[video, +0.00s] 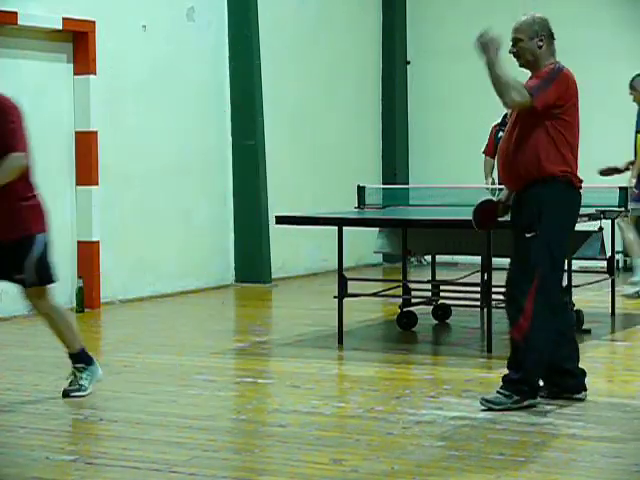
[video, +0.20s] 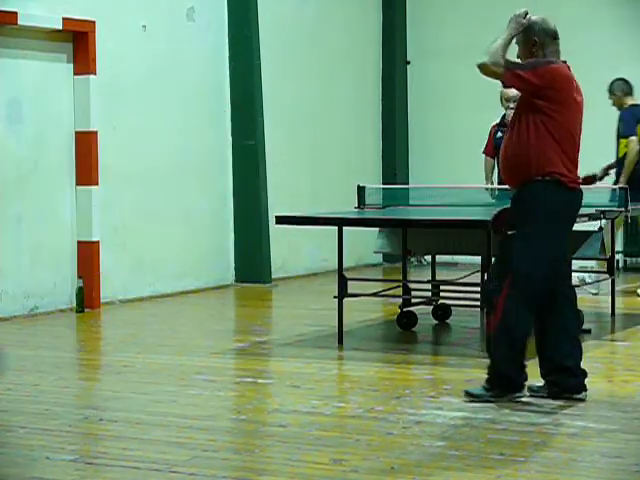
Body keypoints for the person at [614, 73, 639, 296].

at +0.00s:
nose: (632, 97)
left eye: (633, 92)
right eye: (631, 92)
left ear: (638, 91)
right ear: (634, 91)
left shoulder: (638, 114)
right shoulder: (637, 114)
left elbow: (637, 159)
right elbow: (637, 158)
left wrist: (633, 176)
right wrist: (620, 168)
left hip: (637, 184)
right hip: (636, 183)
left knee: (627, 221)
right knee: (627, 221)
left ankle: (637, 272)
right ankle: (635, 272)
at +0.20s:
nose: (611, 101)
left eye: (612, 97)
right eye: (610, 97)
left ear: (619, 94)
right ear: (625, 93)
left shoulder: (628, 114)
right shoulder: (629, 113)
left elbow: (634, 148)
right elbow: (626, 153)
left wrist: (623, 179)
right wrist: (604, 171)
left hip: (630, 183)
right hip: (628, 182)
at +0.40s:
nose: (587, 103)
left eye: (588, 98)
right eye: (587, 98)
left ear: (593, 96)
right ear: (605, 94)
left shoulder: (603, 117)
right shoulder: (623, 114)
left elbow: (608, 150)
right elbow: (626, 149)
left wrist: (603, 184)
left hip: (605, 183)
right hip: (622, 182)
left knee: (594, 228)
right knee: (621, 229)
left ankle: (589, 276)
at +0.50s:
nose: (578, 100)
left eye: (579, 96)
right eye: (579, 95)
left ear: (584, 95)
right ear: (597, 93)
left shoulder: (592, 115)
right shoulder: (617, 113)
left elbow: (593, 152)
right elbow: (624, 151)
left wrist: (585, 181)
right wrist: (624, 179)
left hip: (596, 183)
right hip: (615, 182)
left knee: (587, 226)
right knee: (609, 223)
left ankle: (586, 277)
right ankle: (631, 258)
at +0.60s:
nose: (572, 97)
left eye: (572, 93)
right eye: (573, 92)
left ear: (577, 93)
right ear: (590, 91)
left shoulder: (575, 114)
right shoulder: (608, 113)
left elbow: (568, 150)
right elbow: (626, 149)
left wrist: (566, 175)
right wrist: (630, 180)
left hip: (578, 182)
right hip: (603, 183)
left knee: (578, 228)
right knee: (597, 224)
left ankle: (584, 279)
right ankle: (616, 260)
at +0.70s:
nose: (566, 99)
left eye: (566, 95)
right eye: (567, 94)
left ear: (571, 93)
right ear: (583, 91)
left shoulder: (569, 114)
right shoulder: (603, 113)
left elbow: (565, 150)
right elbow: (624, 147)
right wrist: (628, 177)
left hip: (573, 181)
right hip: (597, 181)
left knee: (576, 228)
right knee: (589, 226)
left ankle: (585, 279)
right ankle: (595, 272)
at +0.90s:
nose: (561, 99)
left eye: (561, 94)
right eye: (563, 93)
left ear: (565, 93)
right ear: (573, 92)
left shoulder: (564, 116)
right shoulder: (593, 114)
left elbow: (563, 149)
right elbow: (608, 149)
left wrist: (564, 170)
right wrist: (598, 166)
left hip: (573, 175)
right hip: (591, 174)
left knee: (572, 224)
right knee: (587, 222)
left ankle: (582, 276)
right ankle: (585, 273)